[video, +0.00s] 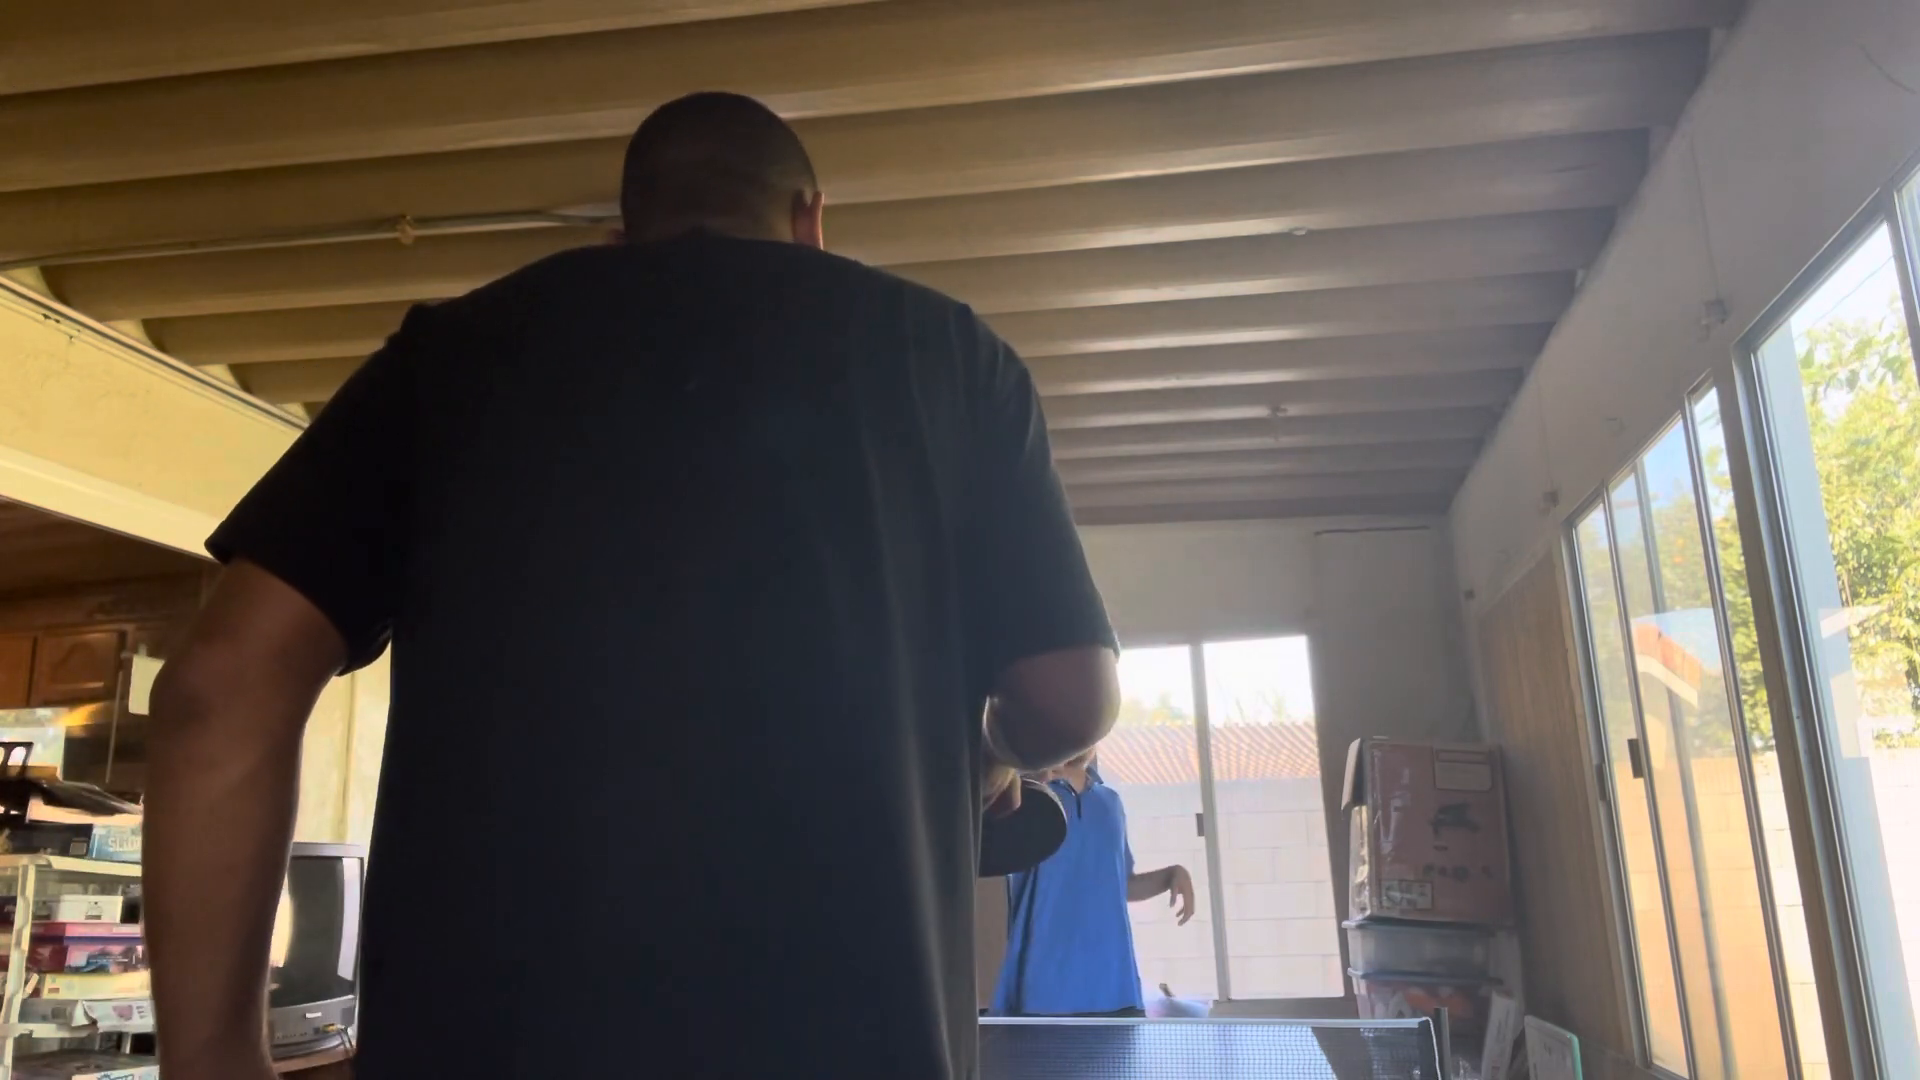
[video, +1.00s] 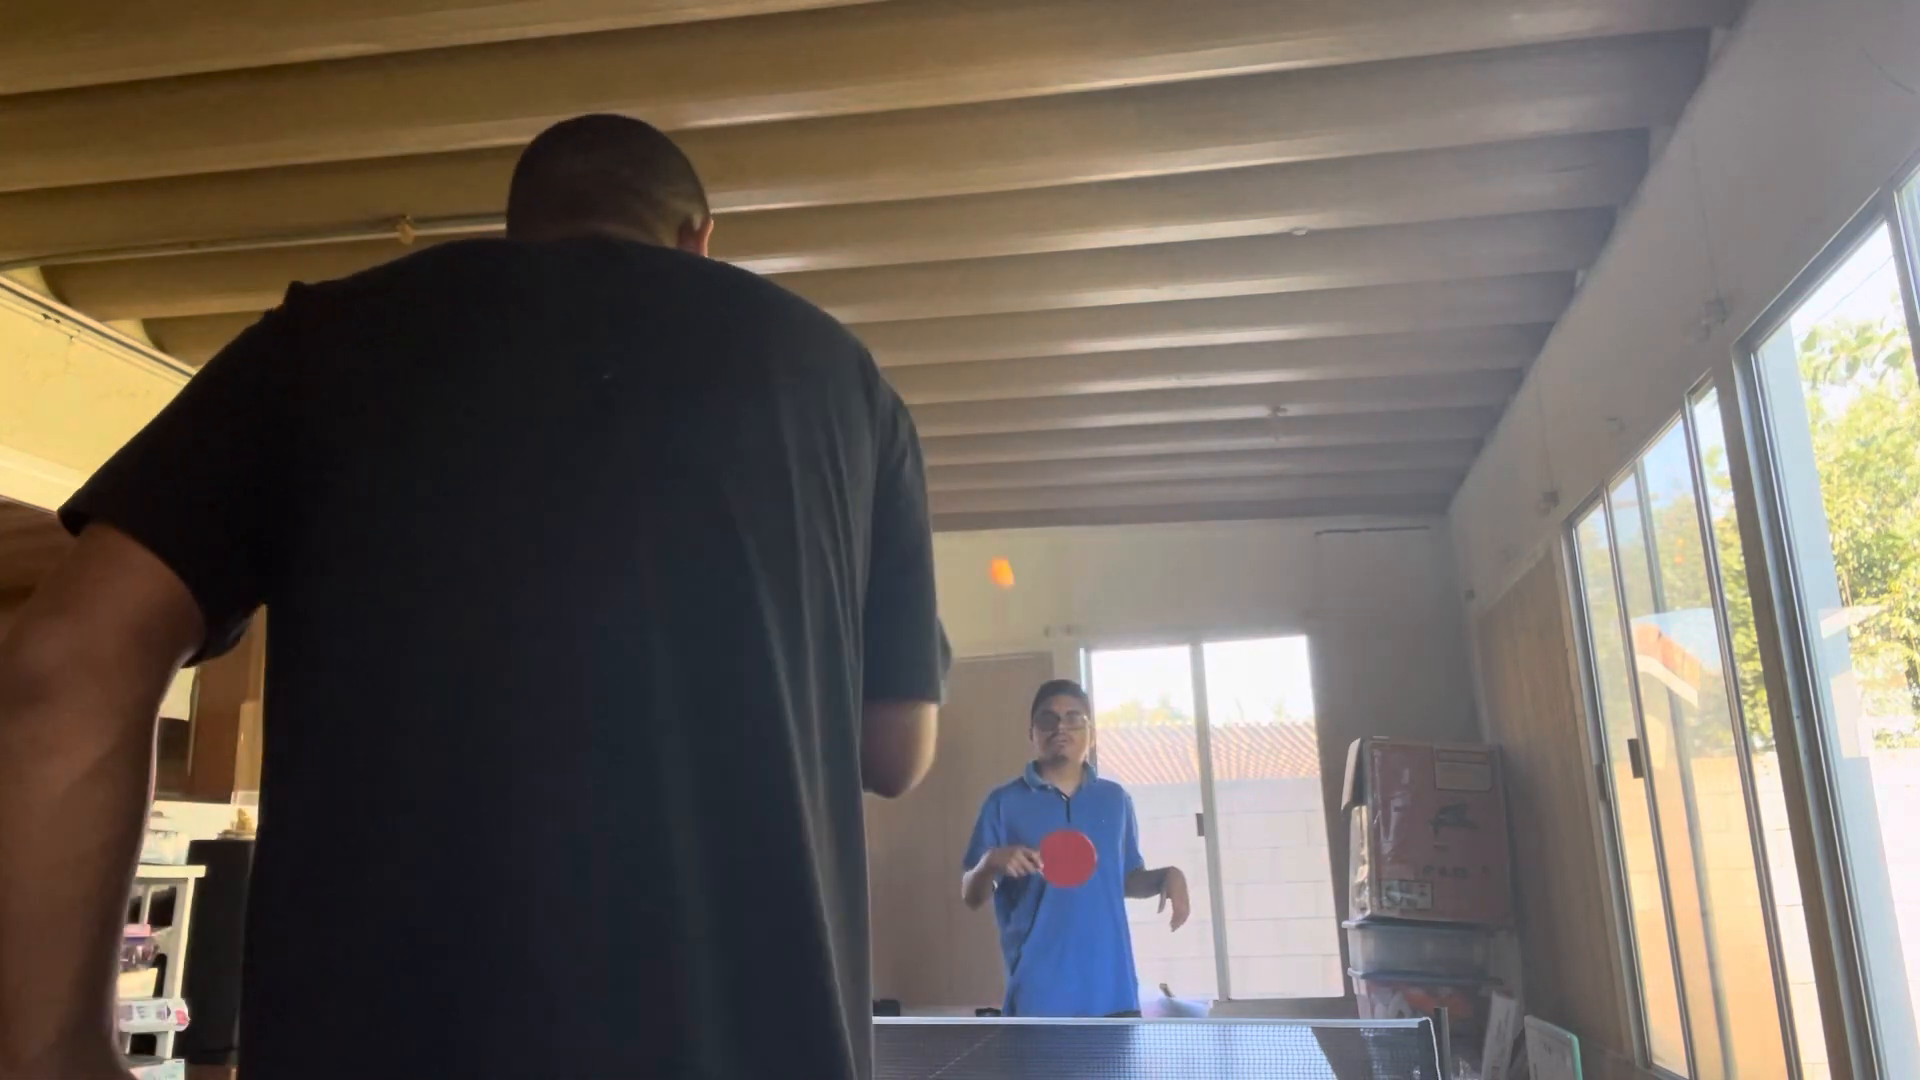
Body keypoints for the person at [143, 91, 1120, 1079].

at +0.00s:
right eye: (818, 218)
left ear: (618, 219)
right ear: (810, 216)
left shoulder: (457, 348)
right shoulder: (941, 347)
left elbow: (222, 684)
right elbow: (1069, 700)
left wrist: (214, 1058)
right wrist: (990, 747)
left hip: (488, 1036)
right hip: (846, 1039)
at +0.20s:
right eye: (804, 219)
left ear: (605, 219)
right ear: (797, 217)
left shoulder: (448, 349)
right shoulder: (936, 353)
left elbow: (215, 683)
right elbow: (1054, 703)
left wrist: (198, 1054)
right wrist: (878, 808)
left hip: (477, 1030)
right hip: (840, 1034)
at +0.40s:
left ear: (580, 232)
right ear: (772, 240)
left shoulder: (430, 338)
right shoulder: (909, 374)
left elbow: (187, 656)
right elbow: (970, 758)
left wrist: (175, 1044)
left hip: (459, 1036)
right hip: (836, 1044)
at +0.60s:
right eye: (744, 250)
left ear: (543, 239)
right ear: (737, 249)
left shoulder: (395, 323)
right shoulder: (860, 376)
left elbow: (124, 638)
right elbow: (856, 723)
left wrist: (111, 1034)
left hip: (418, 1030)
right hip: (796, 1041)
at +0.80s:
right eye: (720, 242)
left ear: (515, 232)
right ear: (712, 242)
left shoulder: (359, 321)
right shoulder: (837, 374)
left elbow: (78, 643)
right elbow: (845, 740)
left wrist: (50, 1035)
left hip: (379, 1032)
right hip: (757, 1042)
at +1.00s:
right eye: (715, 240)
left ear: (506, 229)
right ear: (698, 238)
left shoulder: (329, 331)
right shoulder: (834, 367)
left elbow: (65, 656)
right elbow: (896, 751)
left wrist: (59, 1046)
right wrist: (730, 670)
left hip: (371, 1032)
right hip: (748, 1039)